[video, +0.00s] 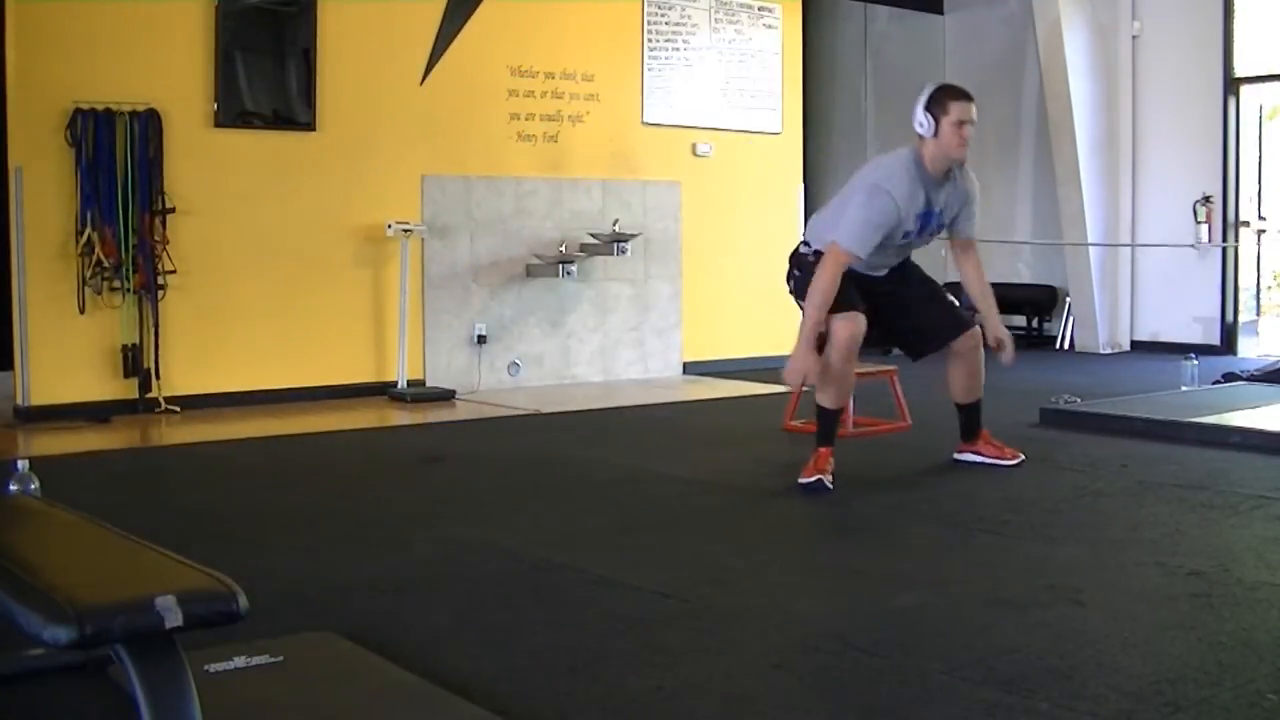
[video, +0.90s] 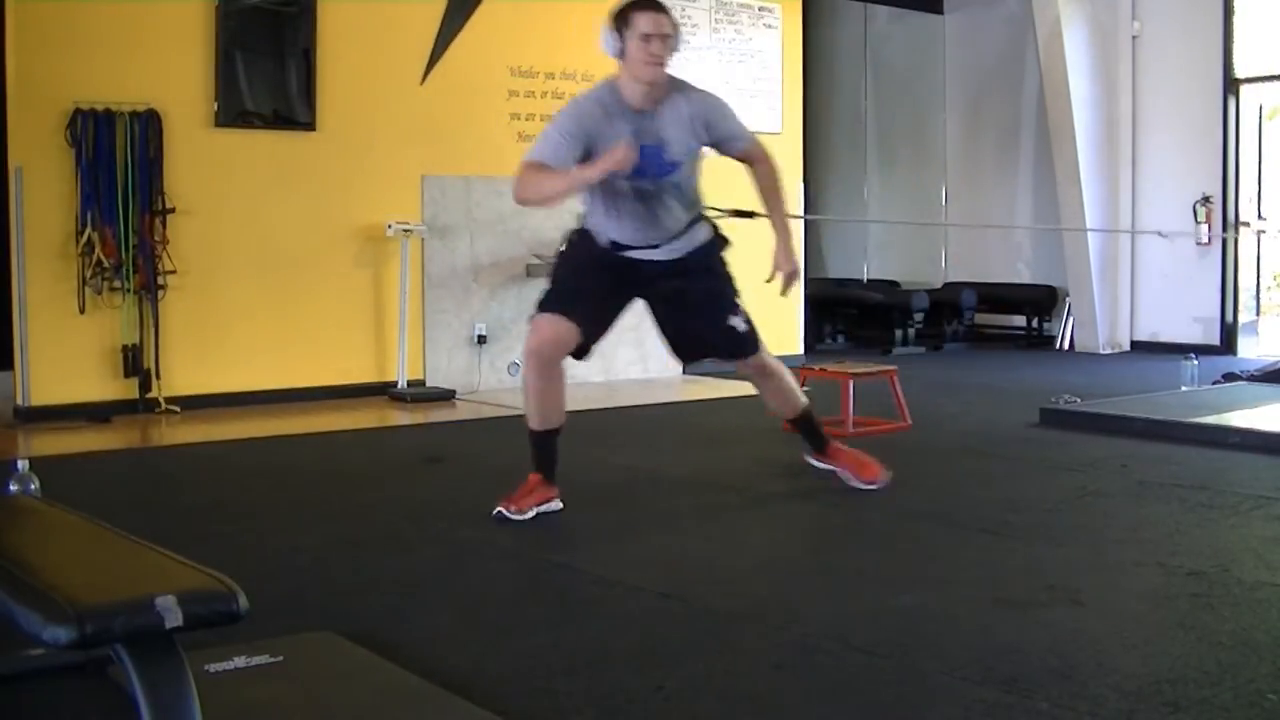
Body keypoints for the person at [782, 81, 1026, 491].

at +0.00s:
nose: (968, 134)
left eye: (971, 125)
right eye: (960, 125)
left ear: (972, 129)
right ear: (930, 127)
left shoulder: (960, 185)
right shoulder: (887, 184)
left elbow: (965, 251)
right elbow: (834, 260)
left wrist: (992, 321)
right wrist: (804, 346)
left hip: (887, 268)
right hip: (824, 264)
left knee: (966, 336)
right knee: (848, 328)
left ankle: (972, 440)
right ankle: (823, 452)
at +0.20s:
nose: (964, 127)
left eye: (968, 119)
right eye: (954, 118)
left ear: (971, 124)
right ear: (926, 122)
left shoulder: (968, 179)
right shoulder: (884, 178)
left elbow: (1002, 232)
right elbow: (822, 246)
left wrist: (1034, 265)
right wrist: (788, 319)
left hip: (882, 266)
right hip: (824, 261)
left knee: (960, 333)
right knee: (860, 327)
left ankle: (973, 439)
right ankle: (832, 449)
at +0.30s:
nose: (923, 91)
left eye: (927, 82)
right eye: (914, 82)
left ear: (931, 88)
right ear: (887, 86)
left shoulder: (938, 142)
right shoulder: (850, 144)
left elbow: (965, 188)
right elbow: (795, 221)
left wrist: (981, 221)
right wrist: (819, 282)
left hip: (876, 253)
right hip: (818, 255)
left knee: (945, 338)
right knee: (827, 336)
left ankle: (969, 440)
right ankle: (836, 447)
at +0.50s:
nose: (868, 52)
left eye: (875, 43)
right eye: (858, 40)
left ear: (880, 49)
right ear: (830, 42)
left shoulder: (880, 106)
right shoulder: (787, 97)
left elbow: (925, 171)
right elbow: (709, 150)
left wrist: (957, 243)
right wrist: (712, 222)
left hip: (826, 230)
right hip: (760, 232)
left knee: (888, 327)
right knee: (780, 341)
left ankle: (869, 430)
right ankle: (807, 434)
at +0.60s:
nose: (850, 69)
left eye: (857, 59)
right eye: (840, 56)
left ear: (863, 67)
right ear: (812, 59)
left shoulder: (865, 126)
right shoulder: (767, 119)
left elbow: (910, 183)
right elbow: (693, 183)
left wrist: (939, 229)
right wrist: (631, 246)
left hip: (794, 243)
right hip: (727, 234)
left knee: (856, 338)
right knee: (748, 317)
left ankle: (855, 457)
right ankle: (709, 439)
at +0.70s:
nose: (814, 86)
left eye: (820, 75)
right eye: (802, 75)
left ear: (827, 82)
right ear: (775, 82)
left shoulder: (837, 142)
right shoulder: (735, 141)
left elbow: (901, 215)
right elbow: (663, 204)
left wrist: (893, 207)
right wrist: (606, 269)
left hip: (769, 259)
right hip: (701, 248)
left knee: (847, 347)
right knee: (681, 317)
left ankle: (855, 458)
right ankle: (603, 450)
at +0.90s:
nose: (659, 50)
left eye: (667, 41)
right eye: (647, 39)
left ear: (674, 48)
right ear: (619, 45)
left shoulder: (698, 108)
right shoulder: (587, 113)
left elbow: (760, 161)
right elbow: (526, 188)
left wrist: (784, 241)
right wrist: (593, 170)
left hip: (688, 254)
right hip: (604, 253)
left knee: (755, 360)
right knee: (542, 345)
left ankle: (824, 449)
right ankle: (543, 480)